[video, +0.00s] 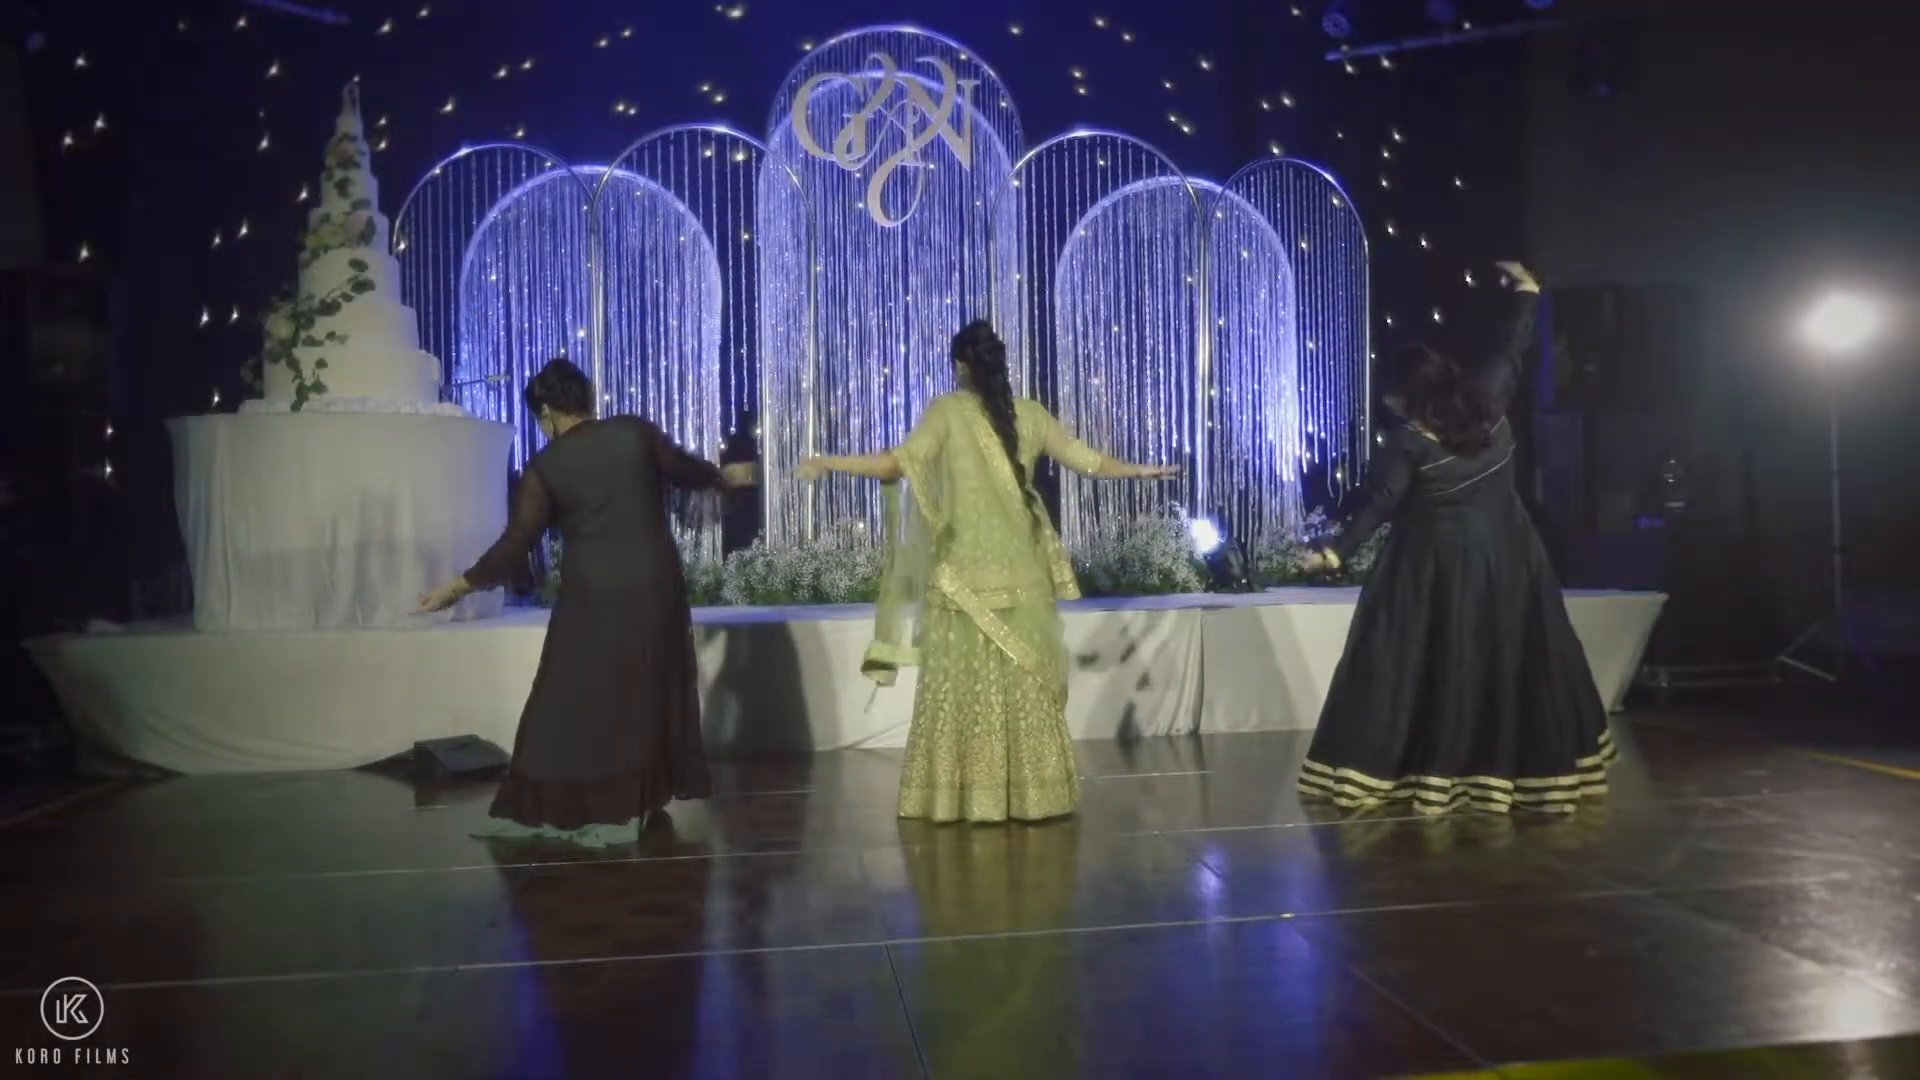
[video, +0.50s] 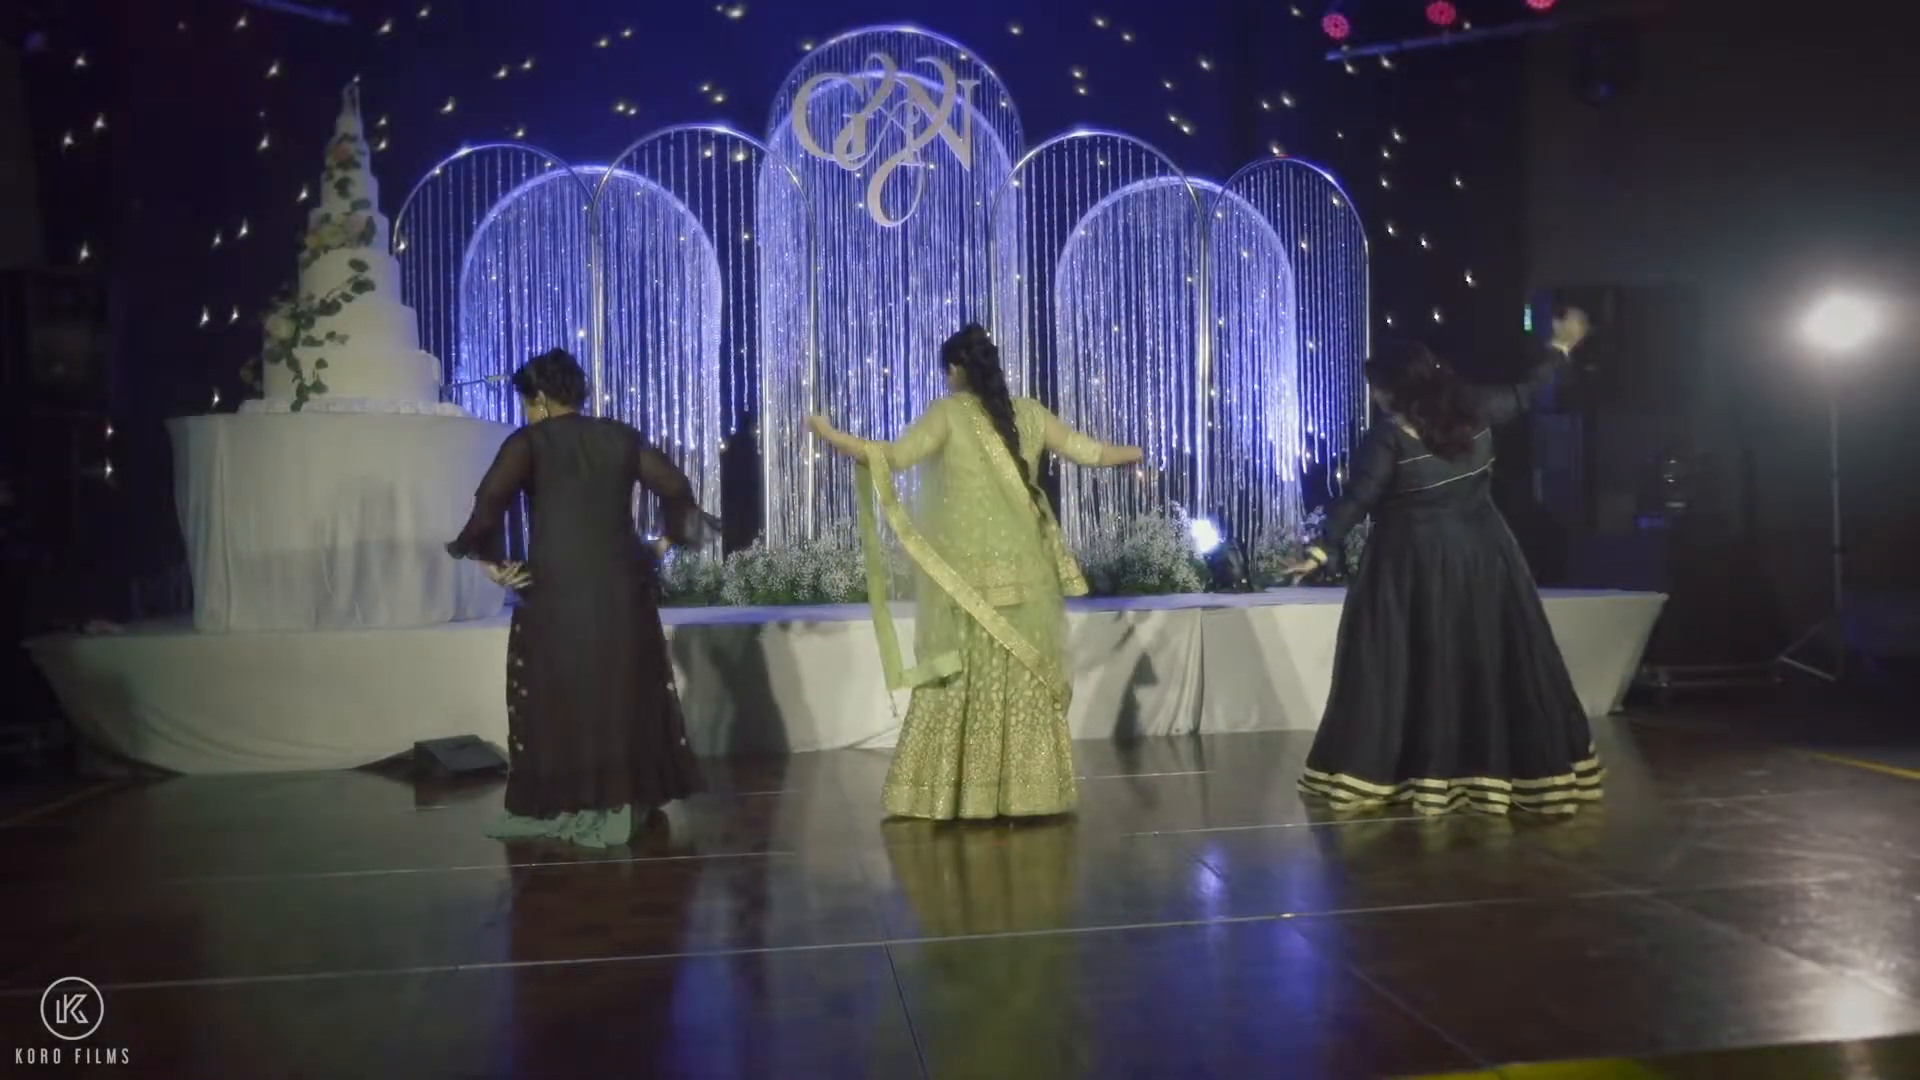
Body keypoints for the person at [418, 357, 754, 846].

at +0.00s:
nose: (542, 428)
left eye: (540, 417)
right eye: (541, 418)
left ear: (550, 413)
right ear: (588, 402)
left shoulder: (547, 466)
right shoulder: (637, 433)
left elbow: (517, 541)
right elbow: (683, 466)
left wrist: (462, 585)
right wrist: (723, 478)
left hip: (594, 594)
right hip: (656, 587)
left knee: (577, 695)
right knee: (649, 691)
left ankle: (585, 811)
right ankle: (650, 802)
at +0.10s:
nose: (542, 428)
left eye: (541, 418)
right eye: (541, 419)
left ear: (551, 413)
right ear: (588, 403)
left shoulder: (546, 465)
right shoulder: (637, 433)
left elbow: (514, 532)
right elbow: (690, 464)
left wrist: (465, 584)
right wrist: (727, 491)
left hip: (592, 594)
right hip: (654, 587)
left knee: (578, 695)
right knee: (648, 690)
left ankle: (580, 810)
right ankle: (648, 803)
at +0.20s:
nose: (542, 424)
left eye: (541, 415)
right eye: (542, 415)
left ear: (549, 412)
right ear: (590, 401)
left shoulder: (542, 461)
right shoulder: (636, 432)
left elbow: (495, 530)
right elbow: (703, 466)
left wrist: (468, 580)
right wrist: (710, 496)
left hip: (587, 591)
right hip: (650, 587)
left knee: (573, 695)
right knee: (646, 691)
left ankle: (571, 811)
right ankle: (648, 803)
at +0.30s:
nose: (540, 420)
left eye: (539, 412)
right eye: (540, 412)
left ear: (547, 408)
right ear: (590, 400)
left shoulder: (538, 455)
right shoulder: (634, 432)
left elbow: (486, 520)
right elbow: (700, 472)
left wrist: (473, 564)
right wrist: (706, 499)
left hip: (579, 592)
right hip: (643, 589)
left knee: (571, 697)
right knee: (643, 692)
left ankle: (575, 811)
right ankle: (646, 804)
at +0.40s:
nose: (533, 417)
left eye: (533, 408)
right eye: (533, 408)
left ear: (544, 403)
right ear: (583, 398)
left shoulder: (536, 447)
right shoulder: (627, 435)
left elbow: (488, 513)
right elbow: (688, 483)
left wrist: (471, 556)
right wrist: (689, 515)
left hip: (569, 593)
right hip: (634, 590)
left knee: (567, 697)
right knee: (633, 694)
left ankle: (574, 811)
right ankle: (639, 807)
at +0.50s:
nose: (525, 413)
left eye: (525, 403)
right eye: (525, 403)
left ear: (539, 399)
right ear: (577, 396)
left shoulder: (529, 441)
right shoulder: (621, 437)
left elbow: (490, 500)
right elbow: (677, 488)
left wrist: (489, 559)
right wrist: (671, 537)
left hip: (558, 593)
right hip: (622, 591)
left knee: (559, 697)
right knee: (622, 695)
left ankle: (569, 810)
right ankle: (629, 808)